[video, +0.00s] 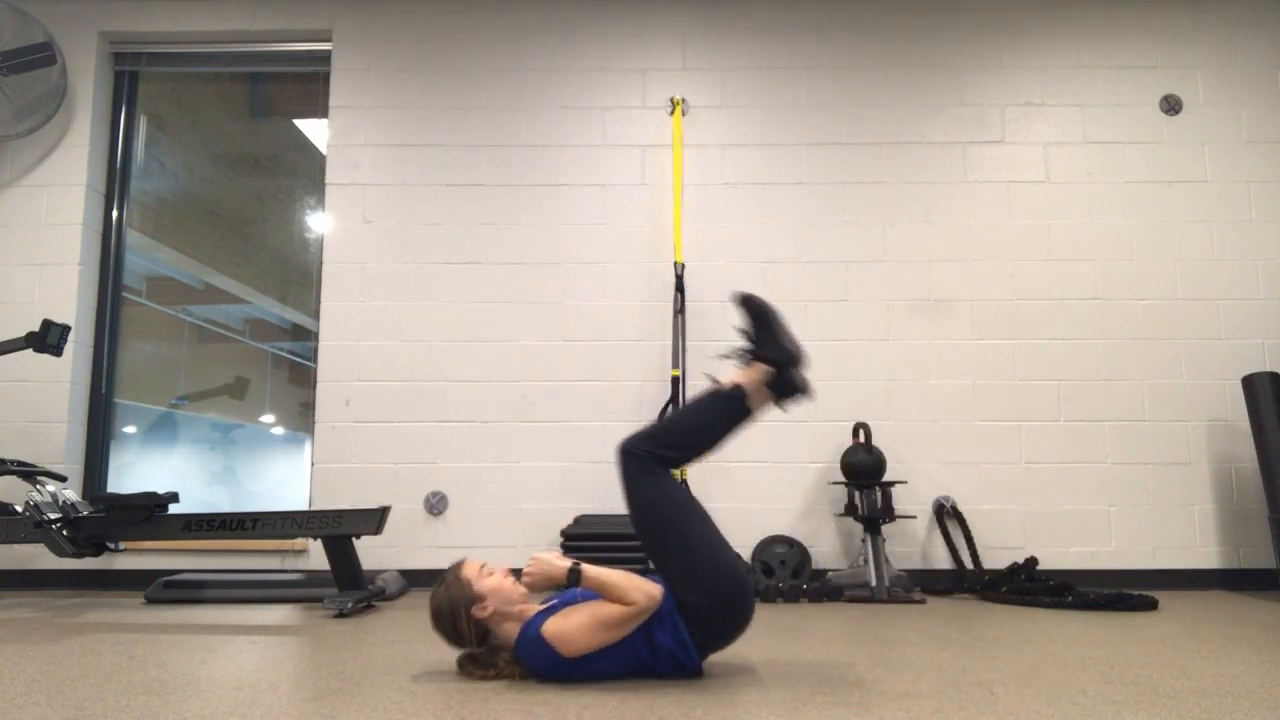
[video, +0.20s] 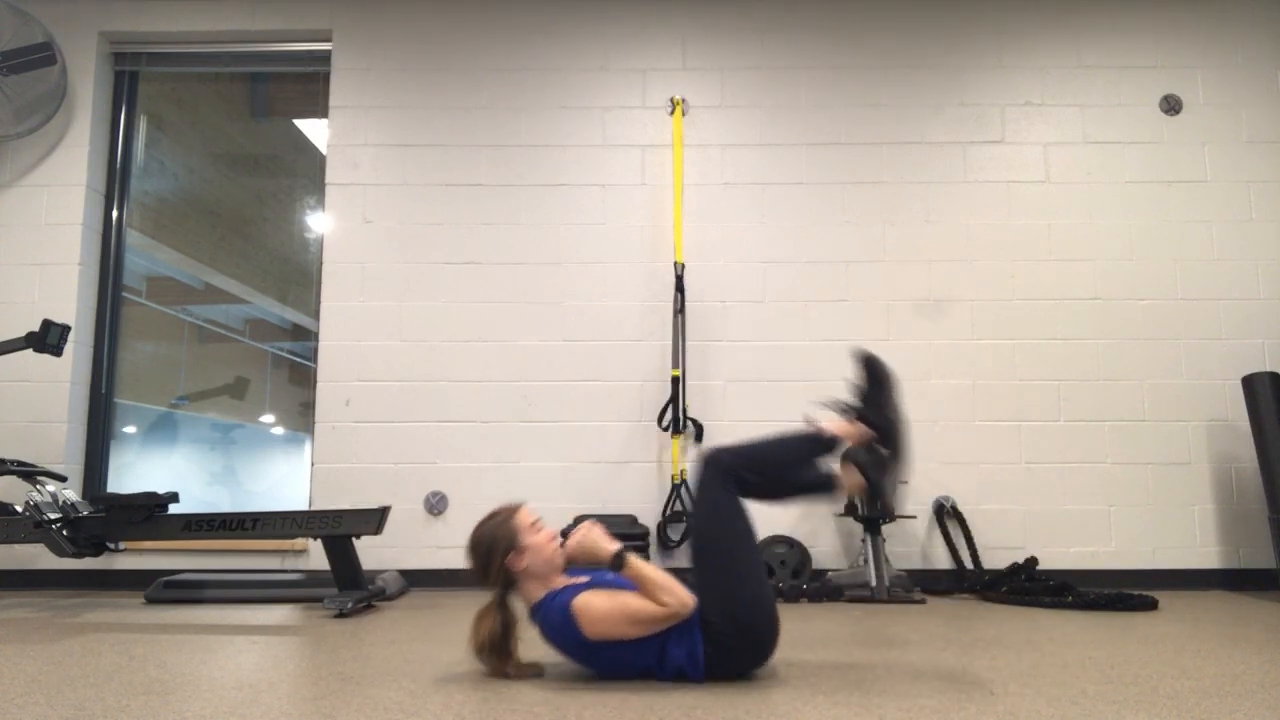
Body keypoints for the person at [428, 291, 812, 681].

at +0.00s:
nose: (502, 569)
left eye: (490, 566)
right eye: (487, 574)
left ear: (492, 607)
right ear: (482, 609)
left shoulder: (542, 621)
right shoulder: (542, 640)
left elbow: (641, 598)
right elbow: (646, 597)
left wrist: (570, 574)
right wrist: (571, 573)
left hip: (702, 604)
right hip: (708, 612)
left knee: (641, 454)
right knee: (639, 455)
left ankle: (766, 381)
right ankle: (766, 374)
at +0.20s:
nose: (551, 528)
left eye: (540, 522)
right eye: (536, 528)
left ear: (526, 560)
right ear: (519, 563)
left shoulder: (568, 588)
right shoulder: (571, 608)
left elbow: (666, 601)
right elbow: (677, 604)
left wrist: (609, 557)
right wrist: (615, 555)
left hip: (716, 631)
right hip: (728, 641)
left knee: (721, 470)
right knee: (721, 468)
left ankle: (850, 477)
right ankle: (852, 430)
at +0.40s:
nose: (619, 479)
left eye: (613, 471)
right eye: (608, 472)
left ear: (578, 495)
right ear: (580, 493)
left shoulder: (598, 545)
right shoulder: (605, 553)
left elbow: (707, 573)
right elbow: (714, 584)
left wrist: (662, 518)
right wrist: (666, 517)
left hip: (731, 637)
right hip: (743, 648)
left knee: (789, 493)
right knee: (800, 484)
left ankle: (884, 586)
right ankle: (950, 499)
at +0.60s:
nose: (675, 441)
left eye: (670, 432)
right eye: (666, 432)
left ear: (634, 451)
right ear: (638, 448)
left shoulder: (641, 505)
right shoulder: (652, 513)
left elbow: (733, 566)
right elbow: (750, 570)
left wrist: (705, 497)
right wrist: (724, 493)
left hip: (741, 634)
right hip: (758, 648)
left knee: (817, 520)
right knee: (869, 508)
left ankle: (864, 623)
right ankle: (994, 540)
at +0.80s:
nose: (719, 421)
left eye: (716, 411)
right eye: (712, 411)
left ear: (675, 422)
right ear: (685, 420)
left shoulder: (675, 480)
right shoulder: (690, 487)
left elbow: (755, 556)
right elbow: (778, 561)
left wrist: (742, 487)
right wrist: (769, 479)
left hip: (751, 636)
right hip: (767, 646)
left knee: (828, 552)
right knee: (901, 529)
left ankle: (863, 635)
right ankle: (1011, 588)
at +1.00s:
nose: (761, 404)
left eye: (758, 393)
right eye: (753, 395)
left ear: (720, 403)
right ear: (723, 404)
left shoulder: (718, 466)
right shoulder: (723, 470)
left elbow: (791, 553)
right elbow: (805, 554)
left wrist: (780, 477)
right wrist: (806, 471)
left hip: (772, 632)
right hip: (778, 641)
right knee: (921, 545)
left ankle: (861, 654)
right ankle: (1017, 624)